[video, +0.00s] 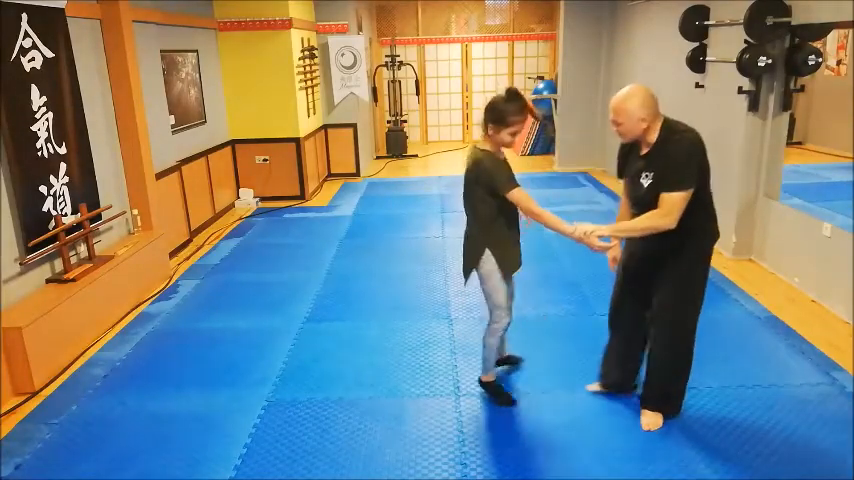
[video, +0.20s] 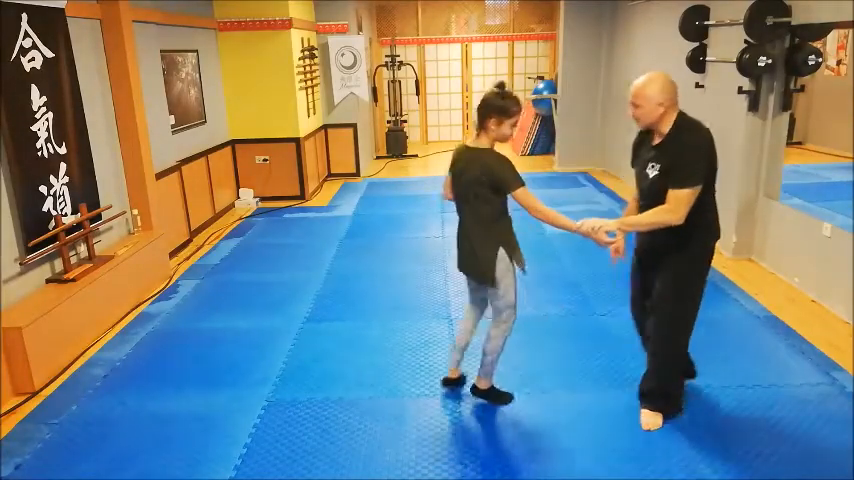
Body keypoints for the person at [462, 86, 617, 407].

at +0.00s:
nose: (516, 139)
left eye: (519, 132)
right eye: (512, 133)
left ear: (516, 124)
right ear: (491, 128)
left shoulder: (492, 153)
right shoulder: (489, 164)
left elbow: (495, 197)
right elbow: (533, 211)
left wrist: (519, 212)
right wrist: (578, 234)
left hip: (498, 242)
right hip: (486, 246)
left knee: (505, 304)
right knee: (499, 315)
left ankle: (498, 355)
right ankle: (486, 378)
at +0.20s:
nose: (514, 131)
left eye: (515, 125)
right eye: (511, 125)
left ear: (489, 123)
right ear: (491, 123)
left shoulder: (461, 153)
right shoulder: (498, 162)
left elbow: (449, 193)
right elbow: (536, 210)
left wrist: (481, 194)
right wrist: (581, 229)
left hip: (468, 244)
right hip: (495, 247)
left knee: (475, 305)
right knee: (504, 315)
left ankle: (452, 373)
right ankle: (484, 383)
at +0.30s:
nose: (511, 128)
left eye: (511, 121)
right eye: (507, 121)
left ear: (484, 121)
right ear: (488, 122)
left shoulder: (453, 154)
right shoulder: (497, 162)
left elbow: (438, 197)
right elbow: (538, 211)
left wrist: (470, 200)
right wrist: (583, 229)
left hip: (461, 249)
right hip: (493, 252)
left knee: (462, 312)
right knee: (503, 316)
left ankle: (442, 382)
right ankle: (485, 386)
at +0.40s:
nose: (503, 126)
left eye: (503, 119)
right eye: (499, 119)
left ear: (476, 121)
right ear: (482, 122)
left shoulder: (444, 155)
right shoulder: (493, 162)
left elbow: (427, 201)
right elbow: (533, 209)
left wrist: (457, 202)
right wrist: (581, 230)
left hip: (454, 251)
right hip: (489, 252)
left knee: (453, 319)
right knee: (501, 318)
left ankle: (443, 389)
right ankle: (491, 389)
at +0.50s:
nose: (496, 124)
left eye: (495, 117)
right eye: (492, 118)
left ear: (468, 120)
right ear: (475, 121)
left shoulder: (436, 155)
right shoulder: (487, 161)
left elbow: (420, 203)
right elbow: (526, 210)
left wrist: (449, 204)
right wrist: (571, 232)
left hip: (448, 252)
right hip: (484, 252)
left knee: (447, 319)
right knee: (501, 315)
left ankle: (442, 390)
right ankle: (496, 387)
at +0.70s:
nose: (486, 120)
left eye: (484, 114)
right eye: (482, 114)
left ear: (456, 120)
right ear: (467, 119)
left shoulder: (429, 156)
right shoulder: (479, 162)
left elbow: (409, 204)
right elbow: (507, 217)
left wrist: (438, 211)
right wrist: (548, 243)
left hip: (439, 253)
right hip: (477, 252)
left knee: (442, 321)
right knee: (503, 308)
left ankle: (442, 391)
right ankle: (502, 382)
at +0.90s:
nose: (488, 120)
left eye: (486, 114)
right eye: (484, 115)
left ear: (458, 120)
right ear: (471, 120)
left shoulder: (431, 157)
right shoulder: (483, 163)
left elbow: (406, 199)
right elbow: (514, 215)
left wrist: (436, 210)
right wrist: (555, 232)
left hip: (441, 252)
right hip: (478, 252)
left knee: (445, 320)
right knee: (504, 313)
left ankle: (442, 392)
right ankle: (517, 389)